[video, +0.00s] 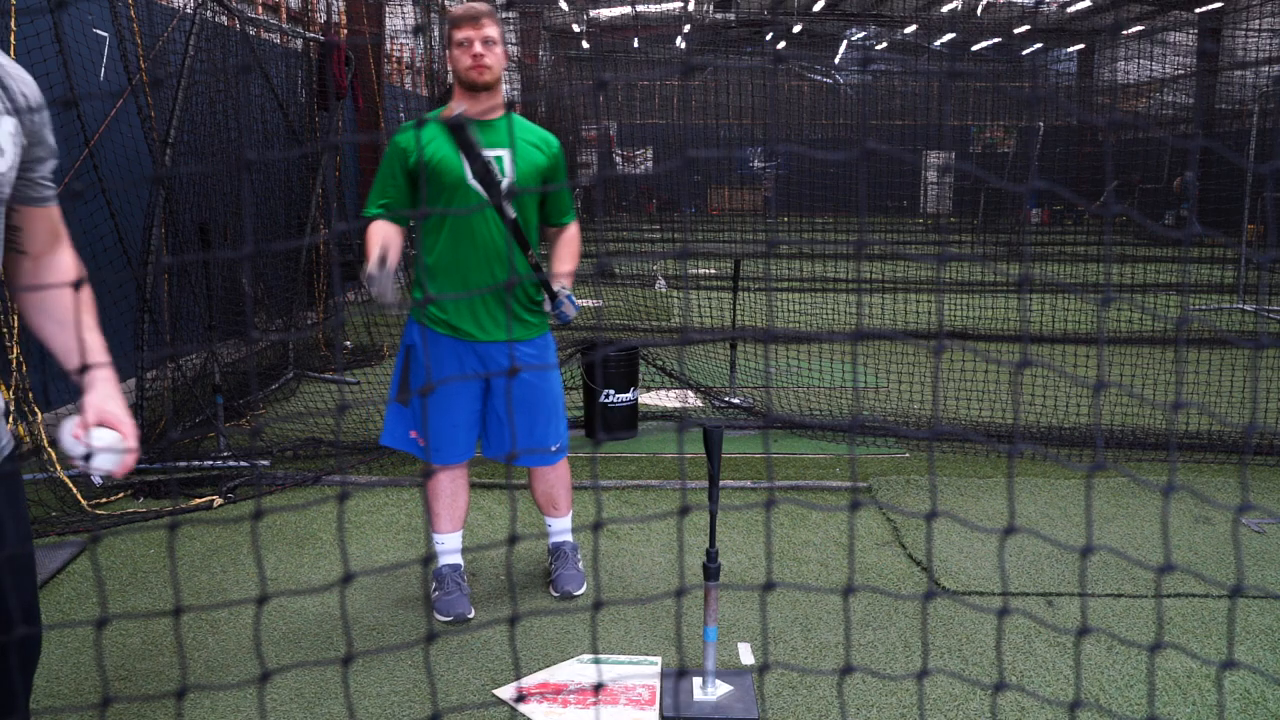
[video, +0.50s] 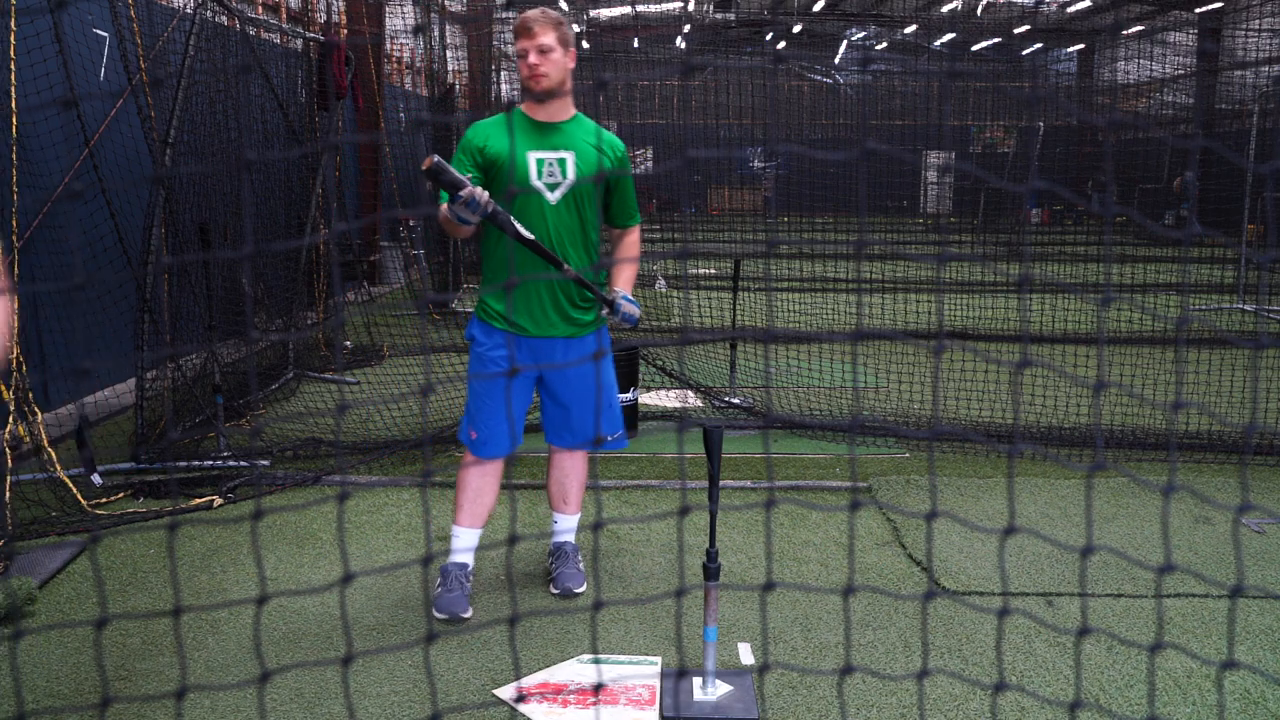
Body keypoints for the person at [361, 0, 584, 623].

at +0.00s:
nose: (479, 53)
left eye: (489, 43)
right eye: (465, 45)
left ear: (506, 54)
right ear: (448, 59)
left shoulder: (542, 145)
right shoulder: (414, 143)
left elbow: (564, 225)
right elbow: (387, 216)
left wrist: (560, 282)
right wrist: (382, 259)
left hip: (525, 325)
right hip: (444, 327)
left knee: (547, 445)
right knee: (448, 455)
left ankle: (562, 548)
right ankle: (449, 567)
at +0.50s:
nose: (533, 62)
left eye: (545, 51)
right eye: (523, 54)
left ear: (572, 58)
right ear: (516, 64)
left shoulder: (605, 148)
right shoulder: (485, 137)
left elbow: (628, 231)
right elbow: (453, 226)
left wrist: (621, 291)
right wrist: (465, 212)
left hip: (577, 323)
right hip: (500, 321)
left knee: (573, 438)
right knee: (483, 443)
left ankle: (565, 548)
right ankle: (458, 564)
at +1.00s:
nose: (548, 66)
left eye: (559, 55)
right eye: (539, 57)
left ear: (587, 59)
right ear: (531, 65)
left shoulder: (623, 153)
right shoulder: (502, 138)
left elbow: (647, 240)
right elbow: (473, 228)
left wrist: (632, 305)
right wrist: (472, 207)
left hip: (586, 324)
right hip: (511, 320)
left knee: (575, 440)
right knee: (500, 441)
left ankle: (565, 546)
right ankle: (486, 550)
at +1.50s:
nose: (546, 64)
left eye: (557, 54)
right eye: (538, 56)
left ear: (585, 59)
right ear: (530, 65)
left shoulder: (623, 152)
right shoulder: (502, 140)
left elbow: (652, 240)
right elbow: (468, 229)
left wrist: (630, 304)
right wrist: (477, 224)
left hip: (585, 325)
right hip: (511, 320)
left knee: (573, 444)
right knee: (499, 441)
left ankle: (566, 547)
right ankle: (485, 550)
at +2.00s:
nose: (547, 67)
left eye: (557, 56)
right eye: (537, 59)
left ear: (584, 59)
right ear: (529, 67)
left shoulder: (621, 151)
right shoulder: (502, 142)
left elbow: (641, 240)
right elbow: (477, 236)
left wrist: (629, 295)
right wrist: (477, 217)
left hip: (587, 326)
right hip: (513, 321)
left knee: (576, 439)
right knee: (501, 439)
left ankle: (565, 546)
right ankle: (486, 551)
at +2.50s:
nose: (551, 60)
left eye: (562, 49)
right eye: (540, 53)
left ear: (585, 57)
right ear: (529, 66)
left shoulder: (622, 148)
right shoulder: (500, 143)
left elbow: (648, 229)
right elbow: (477, 233)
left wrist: (638, 285)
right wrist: (477, 214)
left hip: (589, 322)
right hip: (515, 319)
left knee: (578, 437)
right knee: (501, 437)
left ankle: (566, 546)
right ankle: (486, 551)